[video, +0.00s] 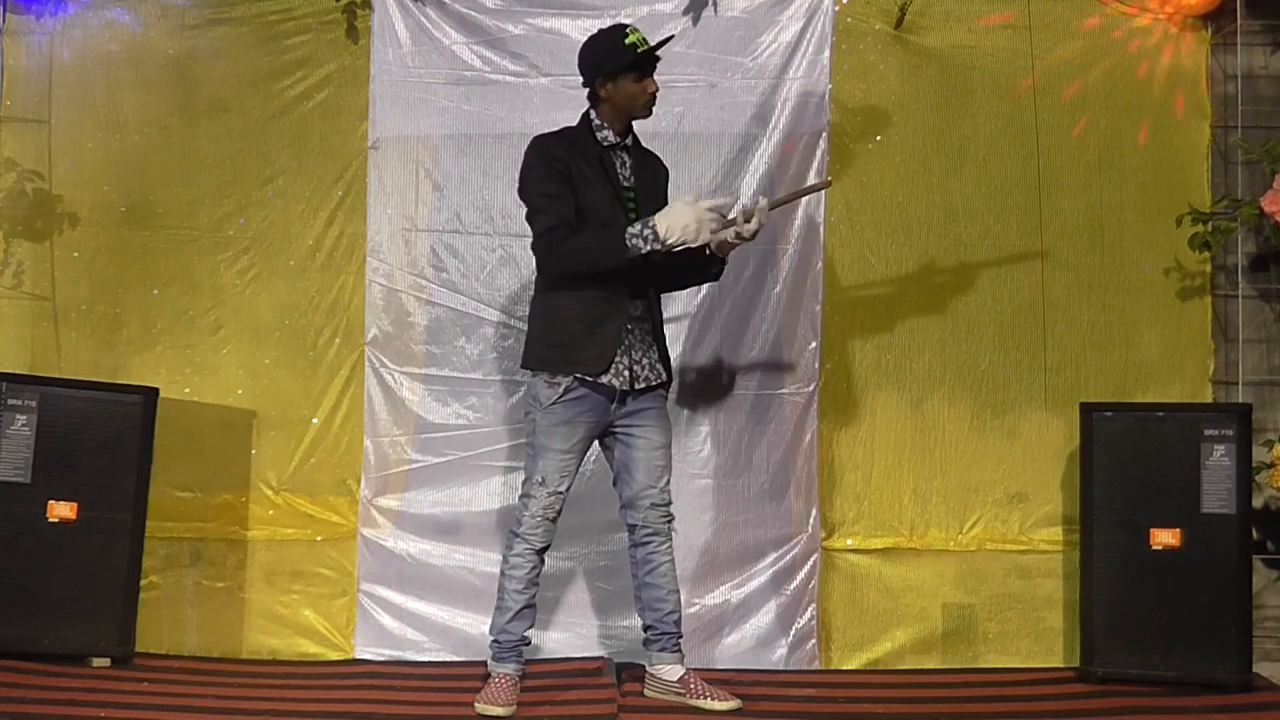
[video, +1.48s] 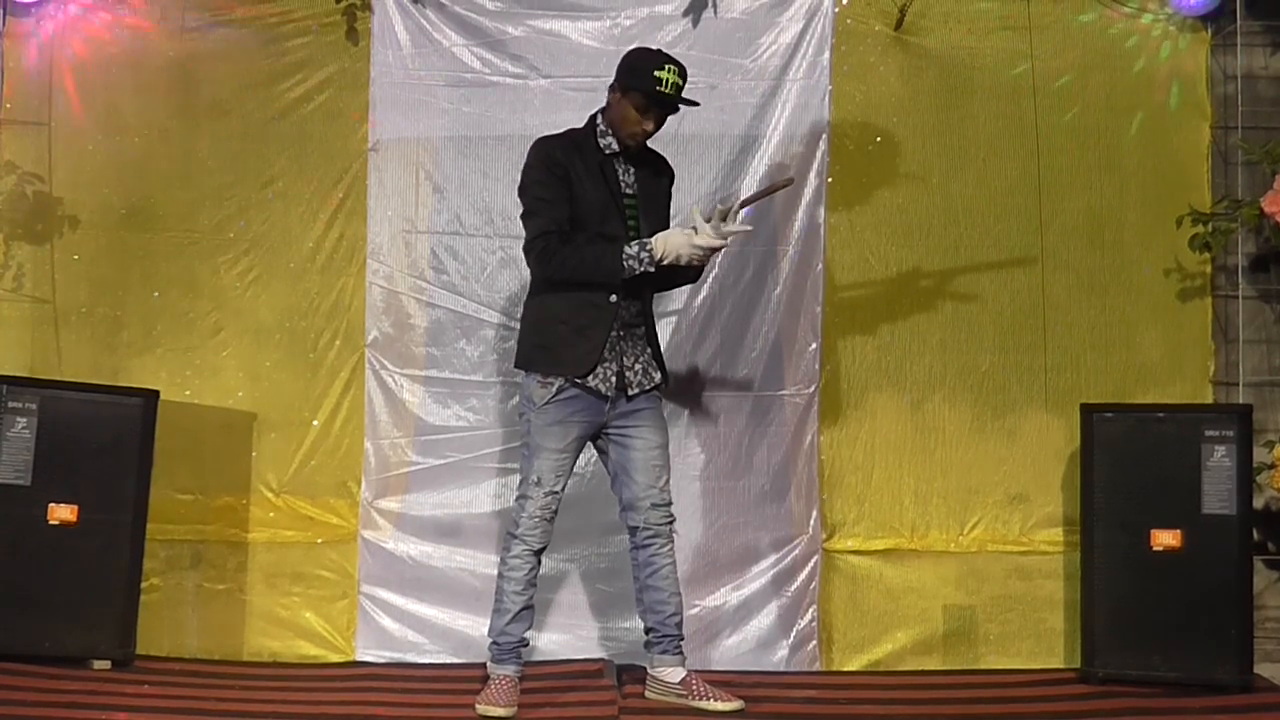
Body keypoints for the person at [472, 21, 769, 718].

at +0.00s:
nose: (656, 84)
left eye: (653, 73)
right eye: (644, 75)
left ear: (625, 84)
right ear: (608, 84)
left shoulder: (651, 170)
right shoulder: (550, 153)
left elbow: (649, 275)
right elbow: (558, 257)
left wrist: (715, 250)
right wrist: (651, 232)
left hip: (642, 375)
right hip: (567, 373)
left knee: (652, 519)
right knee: (536, 522)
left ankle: (665, 668)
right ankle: (505, 669)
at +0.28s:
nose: (663, 108)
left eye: (670, 96)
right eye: (653, 95)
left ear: (672, 95)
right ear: (619, 91)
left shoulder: (669, 171)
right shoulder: (567, 152)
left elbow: (656, 279)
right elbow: (562, 254)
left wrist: (710, 257)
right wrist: (663, 248)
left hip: (650, 371)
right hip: (575, 370)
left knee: (658, 517)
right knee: (543, 516)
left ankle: (666, 668)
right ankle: (505, 665)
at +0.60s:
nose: (647, 120)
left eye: (658, 112)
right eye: (640, 104)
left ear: (666, 112)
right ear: (613, 91)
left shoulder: (658, 171)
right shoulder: (554, 152)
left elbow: (645, 278)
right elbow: (549, 256)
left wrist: (696, 254)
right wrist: (650, 250)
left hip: (638, 374)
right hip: (563, 373)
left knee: (652, 516)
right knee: (534, 518)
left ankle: (665, 669)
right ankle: (502, 669)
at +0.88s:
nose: (643, 120)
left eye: (655, 112)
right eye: (637, 104)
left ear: (663, 112)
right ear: (610, 91)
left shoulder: (655, 169)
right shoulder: (550, 151)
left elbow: (640, 275)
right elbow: (542, 254)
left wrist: (690, 254)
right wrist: (642, 250)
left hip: (633, 373)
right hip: (558, 372)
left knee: (649, 516)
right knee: (531, 519)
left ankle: (665, 668)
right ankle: (502, 668)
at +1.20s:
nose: (651, 124)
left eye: (662, 115)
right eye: (645, 109)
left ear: (667, 115)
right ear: (615, 95)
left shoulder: (656, 172)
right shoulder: (553, 154)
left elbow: (641, 277)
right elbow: (545, 258)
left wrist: (693, 257)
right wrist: (647, 254)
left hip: (635, 375)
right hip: (561, 374)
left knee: (650, 519)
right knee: (532, 521)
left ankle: (666, 671)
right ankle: (503, 671)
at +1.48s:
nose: (653, 123)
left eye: (663, 113)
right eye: (646, 108)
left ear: (665, 115)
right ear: (615, 95)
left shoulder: (655, 173)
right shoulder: (553, 155)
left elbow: (641, 278)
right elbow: (547, 259)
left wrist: (692, 255)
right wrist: (647, 252)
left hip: (635, 376)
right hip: (559, 375)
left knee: (652, 519)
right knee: (533, 523)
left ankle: (667, 671)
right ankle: (503, 670)